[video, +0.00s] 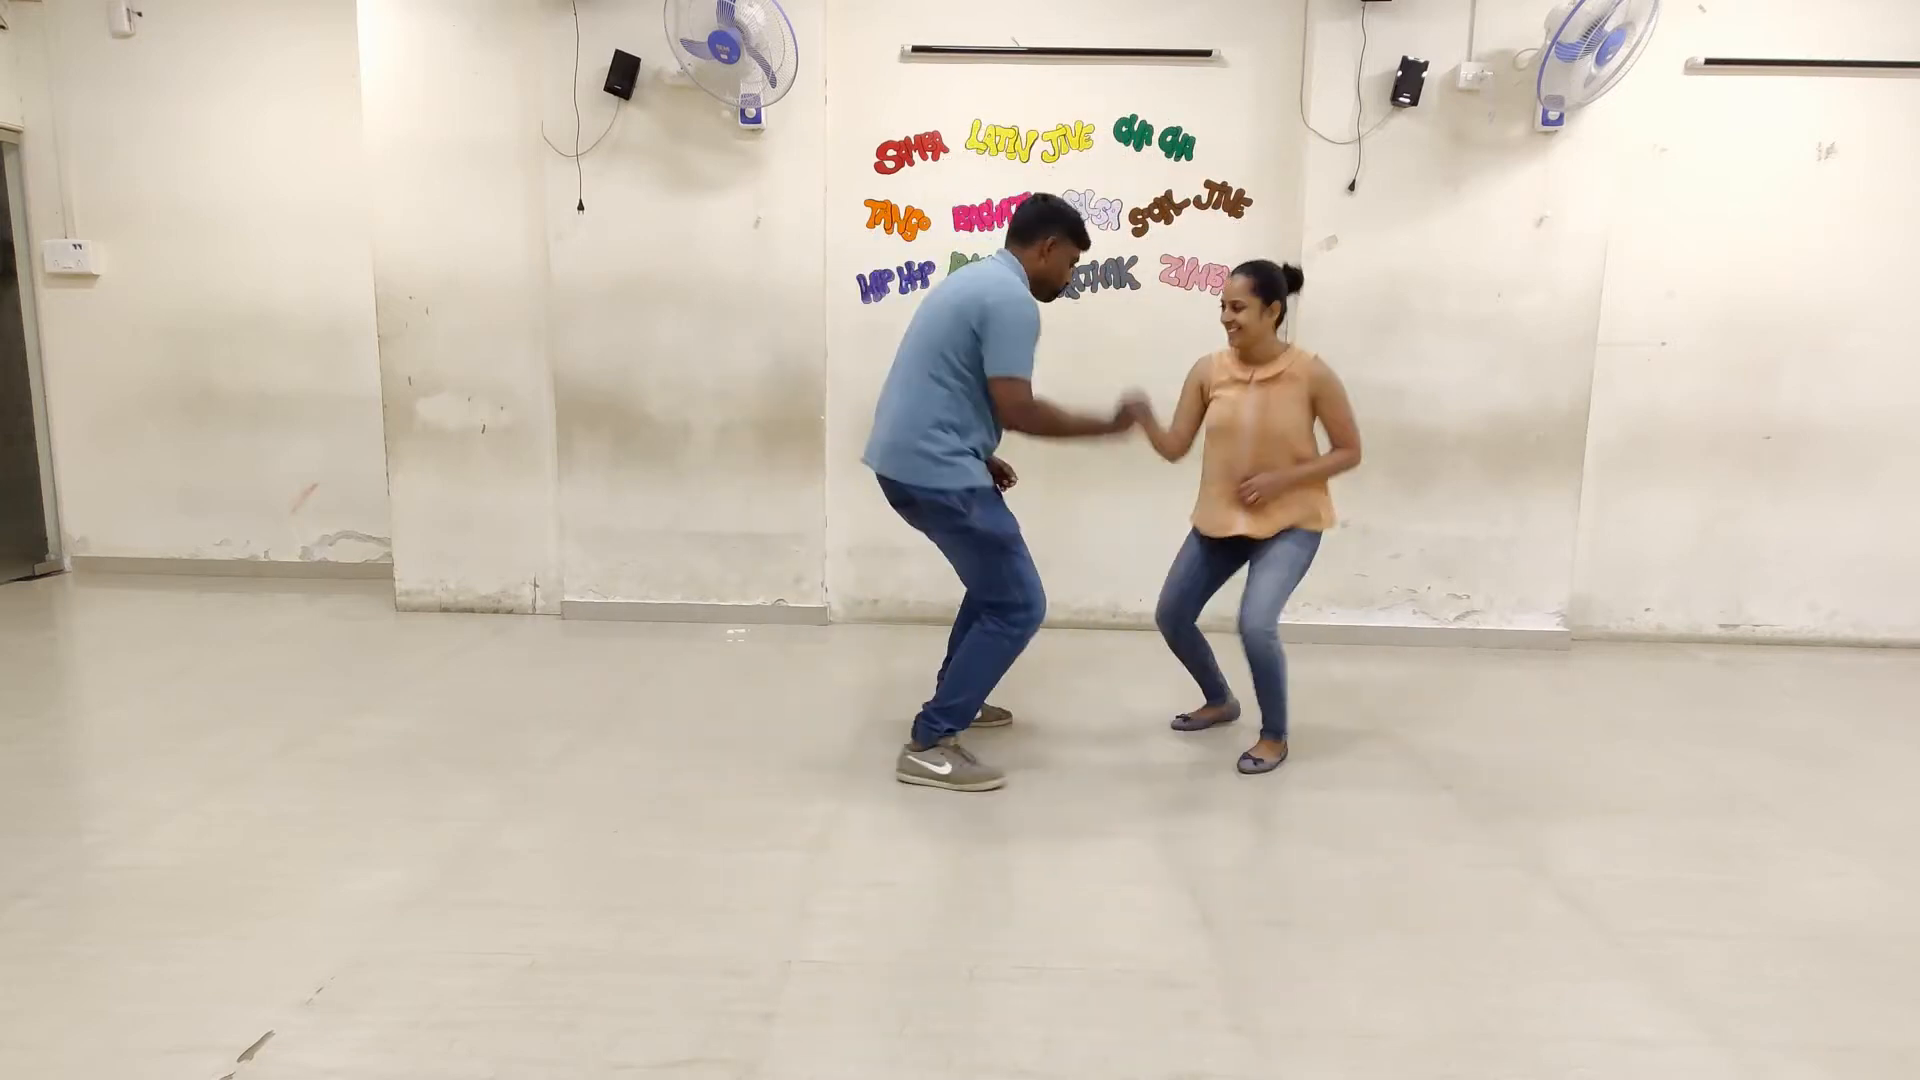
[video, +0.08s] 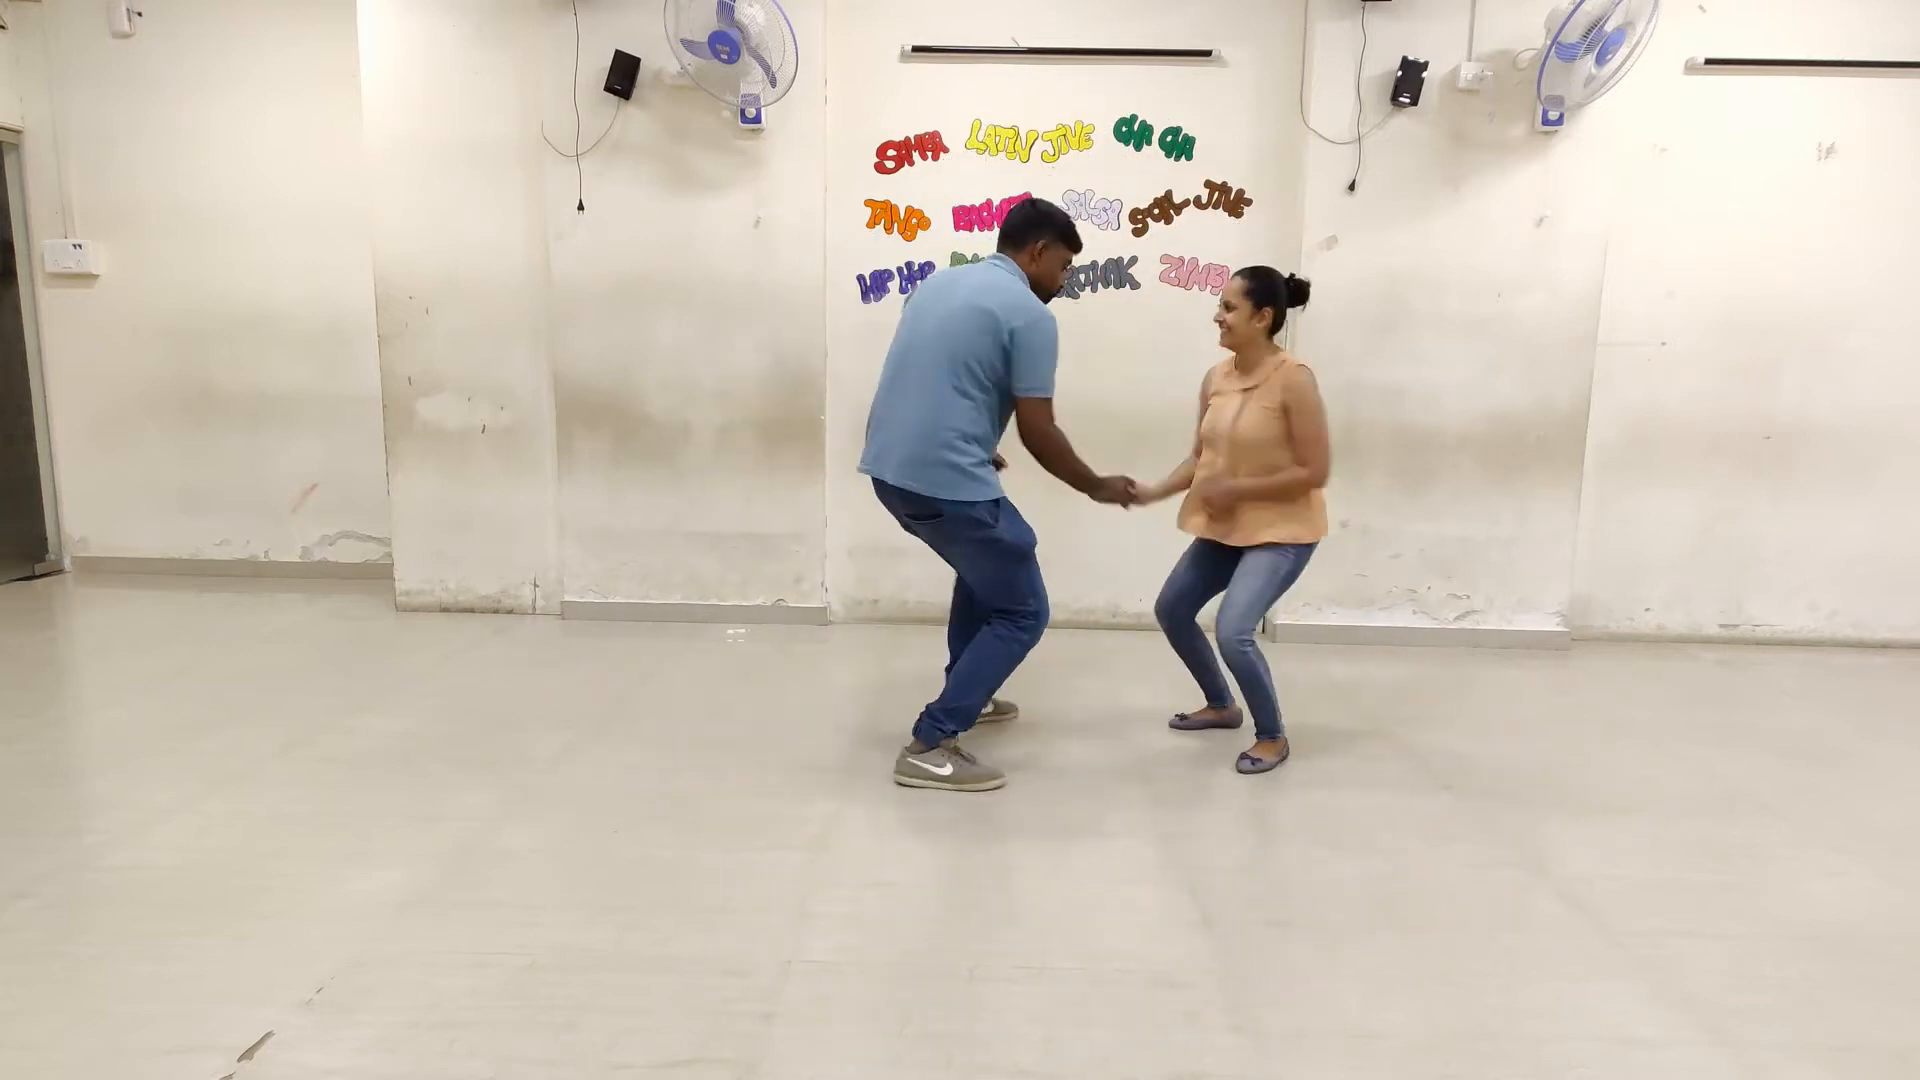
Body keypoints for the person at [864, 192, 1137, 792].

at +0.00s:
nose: (1071, 278)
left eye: (1075, 265)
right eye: (1071, 263)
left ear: (1027, 244)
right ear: (1045, 246)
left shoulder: (972, 280)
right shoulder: (1009, 297)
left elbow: (934, 383)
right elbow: (1014, 411)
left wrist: (979, 453)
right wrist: (1107, 424)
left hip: (908, 459)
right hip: (939, 467)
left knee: (992, 586)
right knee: (1019, 606)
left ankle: (954, 700)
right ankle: (933, 741)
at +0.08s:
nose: (1065, 280)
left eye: (1069, 267)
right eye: (1065, 265)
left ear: (1015, 248)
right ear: (1037, 250)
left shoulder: (942, 283)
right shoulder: (1028, 314)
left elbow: (918, 377)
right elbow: (1039, 435)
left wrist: (974, 445)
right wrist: (1095, 485)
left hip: (890, 465)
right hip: (949, 477)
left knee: (983, 567)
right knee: (1022, 614)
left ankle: (966, 693)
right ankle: (932, 743)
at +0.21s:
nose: (1060, 266)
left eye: (1062, 252)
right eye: (1059, 251)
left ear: (1004, 234)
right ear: (1033, 237)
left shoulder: (922, 273)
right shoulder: (1038, 302)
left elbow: (867, 367)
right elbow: (1064, 415)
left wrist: (933, 398)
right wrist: (1105, 413)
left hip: (887, 462)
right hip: (963, 472)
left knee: (934, 561)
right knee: (1006, 619)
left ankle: (959, 687)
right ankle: (933, 755)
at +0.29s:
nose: (1056, 254)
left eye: (1057, 240)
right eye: (1054, 239)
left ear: (997, 226)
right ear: (1029, 229)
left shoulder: (918, 269)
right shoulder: (1039, 294)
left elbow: (862, 361)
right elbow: (1067, 401)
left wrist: (905, 412)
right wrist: (1096, 393)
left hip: (890, 460)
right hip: (968, 472)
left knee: (925, 582)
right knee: (1002, 620)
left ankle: (948, 707)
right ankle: (934, 755)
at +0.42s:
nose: (1050, 242)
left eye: (1051, 228)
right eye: (1047, 227)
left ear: (987, 220)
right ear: (1022, 220)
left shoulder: (915, 264)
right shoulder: (1039, 288)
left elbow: (857, 360)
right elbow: (1061, 394)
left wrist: (898, 410)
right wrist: (1088, 382)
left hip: (894, 461)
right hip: (975, 468)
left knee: (923, 580)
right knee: (999, 620)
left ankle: (945, 708)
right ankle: (937, 757)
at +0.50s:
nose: (1050, 236)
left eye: (1050, 223)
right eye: (1046, 222)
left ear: (985, 216)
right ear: (1021, 217)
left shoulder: (916, 263)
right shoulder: (1042, 283)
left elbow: (858, 357)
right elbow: (1057, 393)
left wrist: (902, 405)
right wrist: (1078, 361)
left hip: (897, 459)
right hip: (977, 466)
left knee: (932, 572)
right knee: (998, 618)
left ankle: (947, 701)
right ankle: (939, 756)